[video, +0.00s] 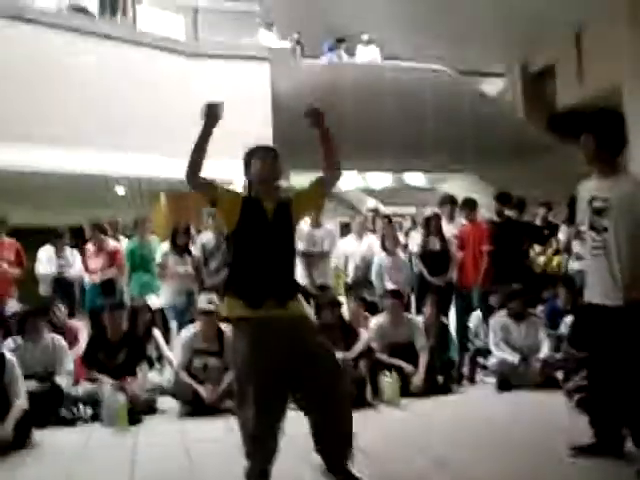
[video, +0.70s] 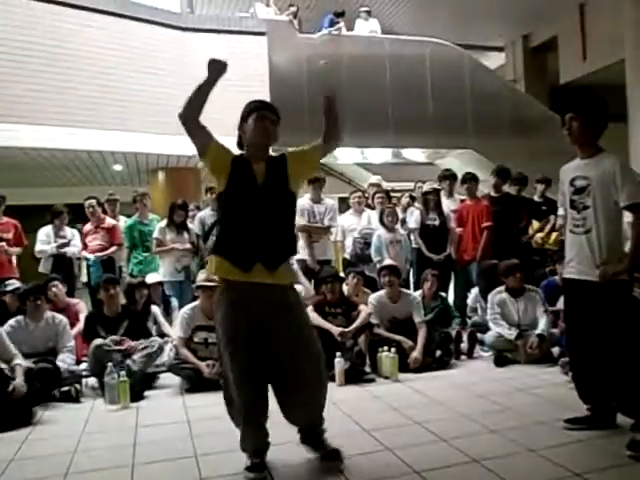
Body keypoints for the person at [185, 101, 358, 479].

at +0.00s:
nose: (267, 169)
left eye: (273, 163)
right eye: (261, 164)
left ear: (281, 171)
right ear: (247, 171)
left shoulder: (292, 207)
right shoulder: (233, 205)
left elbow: (330, 175)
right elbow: (193, 178)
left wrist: (322, 128)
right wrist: (208, 126)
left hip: (291, 317)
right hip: (248, 321)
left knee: (330, 389)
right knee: (259, 403)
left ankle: (336, 462)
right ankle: (258, 468)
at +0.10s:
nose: (263, 175)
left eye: (270, 168)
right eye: (255, 168)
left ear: (278, 172)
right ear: (242, 172)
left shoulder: (287, 210)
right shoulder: (226, 209)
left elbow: (327, 220)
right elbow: (180, 205)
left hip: (285, 321)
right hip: (242, 325)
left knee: (333, 390)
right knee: (255, 409)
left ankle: (343, 470)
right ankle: (257, 470)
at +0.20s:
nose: (274, 147)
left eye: (273, 141)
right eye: (266, 141)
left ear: (272, 149)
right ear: (244, 148)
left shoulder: (281, 194)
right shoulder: (225, 184)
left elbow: (299, 243)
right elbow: (207, 176)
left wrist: (319, 242)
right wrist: (200, 159)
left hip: (278, 301)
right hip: (239, 304)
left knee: (311, 374)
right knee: (249, 387)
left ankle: (349, 450)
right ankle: (256, 460)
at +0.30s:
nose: (271, 133)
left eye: (272, 127)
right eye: (263, 127)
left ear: (269, 138)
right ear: (240, 134)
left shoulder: (278, 185)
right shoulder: (222, 171)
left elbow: (288, 236)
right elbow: (214, 115)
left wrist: (294, 277)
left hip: (277, 286)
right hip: (234, 287)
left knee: (298, 366)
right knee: (245, 371)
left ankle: (306, 451)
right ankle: (252, 449)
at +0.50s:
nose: (270, 138)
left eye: (273, 132)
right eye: (262, 131)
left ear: (274, 139)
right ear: (241, 134)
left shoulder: (279, 183)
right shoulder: (221, 172)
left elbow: (301, 230)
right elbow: (202, 124)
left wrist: (318, 246)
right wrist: (215, 68)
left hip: (277, 289)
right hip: (235, 290)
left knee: (289, 373)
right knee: (244, 375)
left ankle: (292, 455)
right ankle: (255, 455)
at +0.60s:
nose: (264, 136)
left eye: (270, 132)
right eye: (257, 130)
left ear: (275, 140)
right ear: (240, 135)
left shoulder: (281, 179)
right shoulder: (220, 170)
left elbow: (324, 188)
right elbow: (187, 125)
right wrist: (213, 84)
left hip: (277, 288)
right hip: (234, 290)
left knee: (301, 363)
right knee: (244, 373)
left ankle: (299, 451)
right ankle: (255, 454)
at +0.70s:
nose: (263, 125)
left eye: (270, 122)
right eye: (256, 120)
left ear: (277, 133)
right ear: (242, 128)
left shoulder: (290, 165)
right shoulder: (225, 164)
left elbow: (331, 141)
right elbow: (189, 118)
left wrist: (330, 105)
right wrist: (211, 79)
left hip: (280, 287)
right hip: (235, 287)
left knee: (308, 364)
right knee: (244, 375)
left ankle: (312, 434)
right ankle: (255, 453)